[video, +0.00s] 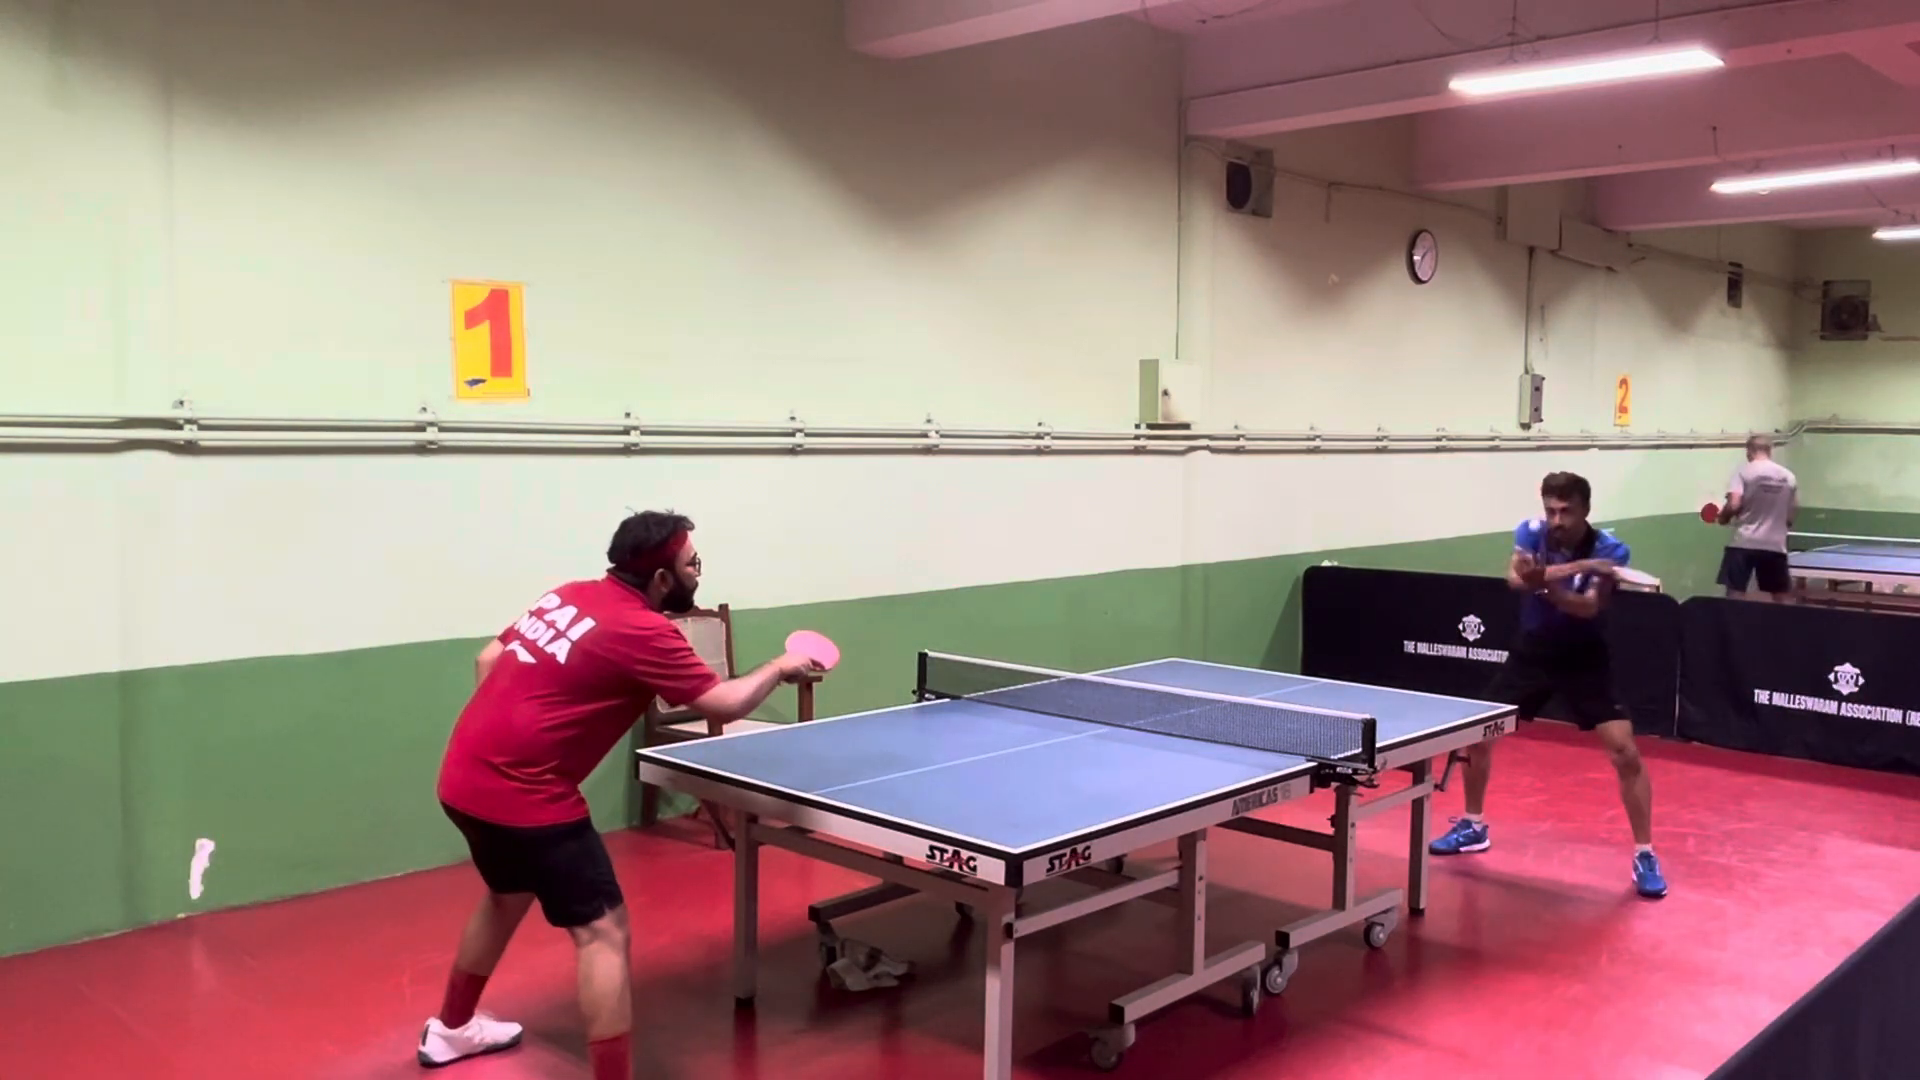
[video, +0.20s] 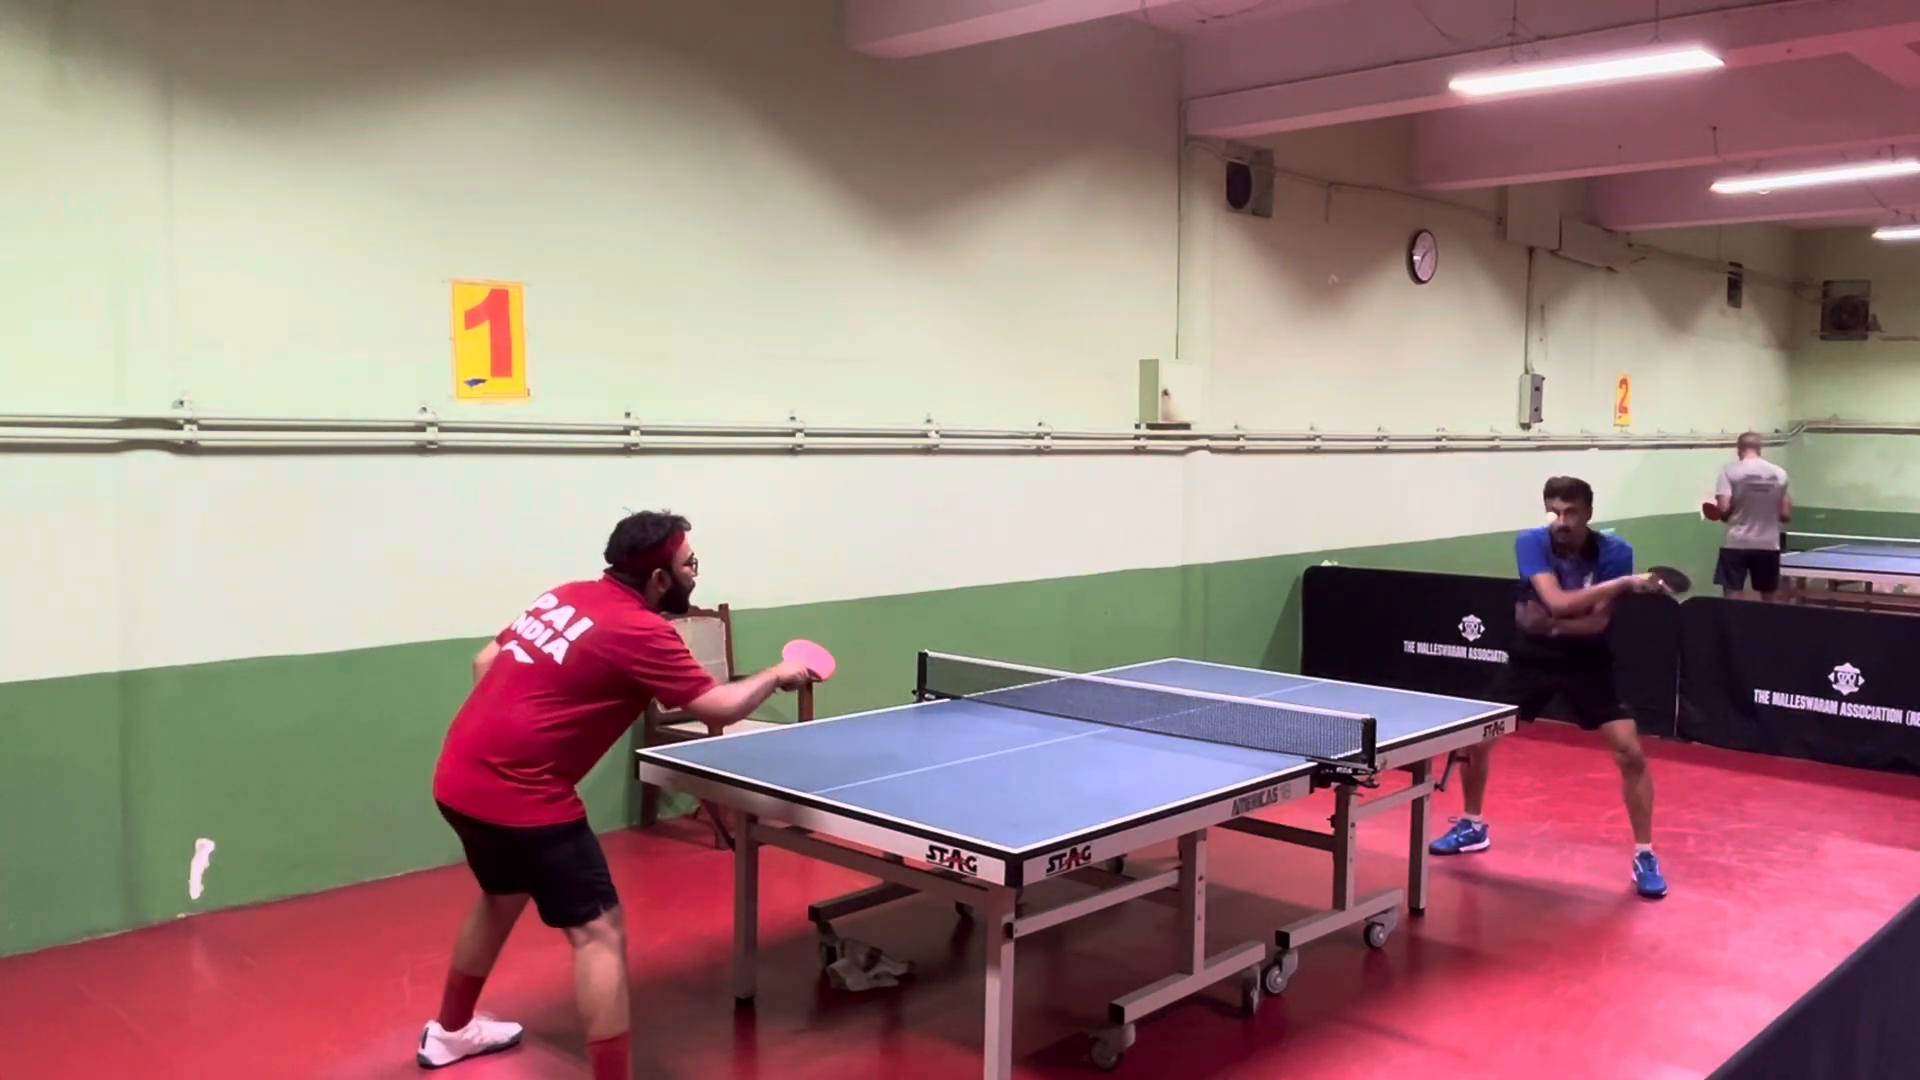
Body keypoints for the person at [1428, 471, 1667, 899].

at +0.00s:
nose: (1555, 521)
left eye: (1564, 512)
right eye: (1549, 512)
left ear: (1586, 512)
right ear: (1542, 510)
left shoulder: (1607, 550)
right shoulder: (1532, 534)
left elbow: (1592, 606)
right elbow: (1517, 580)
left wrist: (1545, 584)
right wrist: (1585, 566)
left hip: (1586, 662)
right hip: (1531, 656)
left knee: (1626, 753)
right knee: (1477, 732)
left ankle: (1645, 854)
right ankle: (1472, 824)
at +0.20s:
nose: (1561, 522)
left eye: (1570, 513)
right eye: (1554, 513)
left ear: (1589, 514)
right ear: (1546, 513)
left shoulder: (1615, 552)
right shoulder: (1531, 543)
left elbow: (1599, 622)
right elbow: (1557, 602)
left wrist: (1548, 623)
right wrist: (1627, 584)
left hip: (1589, 660)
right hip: (1533, 657)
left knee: (1631, 754)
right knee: (1475, 731)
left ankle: (1644, 854)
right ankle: (1472, 824)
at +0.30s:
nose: (1559, 550)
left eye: (1568, 539)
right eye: (1551, 540)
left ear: (1586, 533)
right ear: (1540, 534)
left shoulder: (1609, 560)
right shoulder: (1527, 560)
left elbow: (1597, 631)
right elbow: (1561, 623)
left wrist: (1550, 654)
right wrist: (1627, 599)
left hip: (1591, 662)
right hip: (1536, 660)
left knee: (1637, 755)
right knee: (1468, 736)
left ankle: (1644, 855)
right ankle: (1471, 824)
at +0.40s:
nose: (1558, 576)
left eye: (1564, 568)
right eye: (1550, 569)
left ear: (1578, 555)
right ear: (1539, 561)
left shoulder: (1609, 581)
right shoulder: (1528, 568)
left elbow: (1598, 647)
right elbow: (1525, 635)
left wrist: (1551, 689)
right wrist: (1589, 627)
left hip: (1592, 668)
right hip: (1538, 664)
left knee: (1642, 761)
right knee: (1470, 741)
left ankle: (1644, 856)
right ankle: (1471, 825)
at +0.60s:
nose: (1565, 594)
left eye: (1570, 586)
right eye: (1558, 587)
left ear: (1592, 570)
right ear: (1551, 573)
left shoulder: (1623, 617)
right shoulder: (1569, 559)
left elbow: (1601, 675)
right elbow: (1542, 526)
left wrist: (1556, 711)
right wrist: (1474, 534)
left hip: (1601, 684)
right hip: (1548, 670)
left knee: (1632, 769)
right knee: (1481, 728)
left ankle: (1642, 858)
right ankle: (1471, 824)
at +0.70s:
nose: (1564, 578)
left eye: (1570, 570)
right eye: (1559, 569)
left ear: (1594, 558)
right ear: (1556, 556)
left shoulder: (1625, 613)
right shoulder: (1588, 553)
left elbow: (1602, 673)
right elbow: (1583, 528)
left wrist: (1554, 704)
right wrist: (1530, 517)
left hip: (1602, 680)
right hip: (1553, 661)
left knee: (1632, 770)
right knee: (1485, 722)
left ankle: (1642, 858)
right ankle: (1469, 819)